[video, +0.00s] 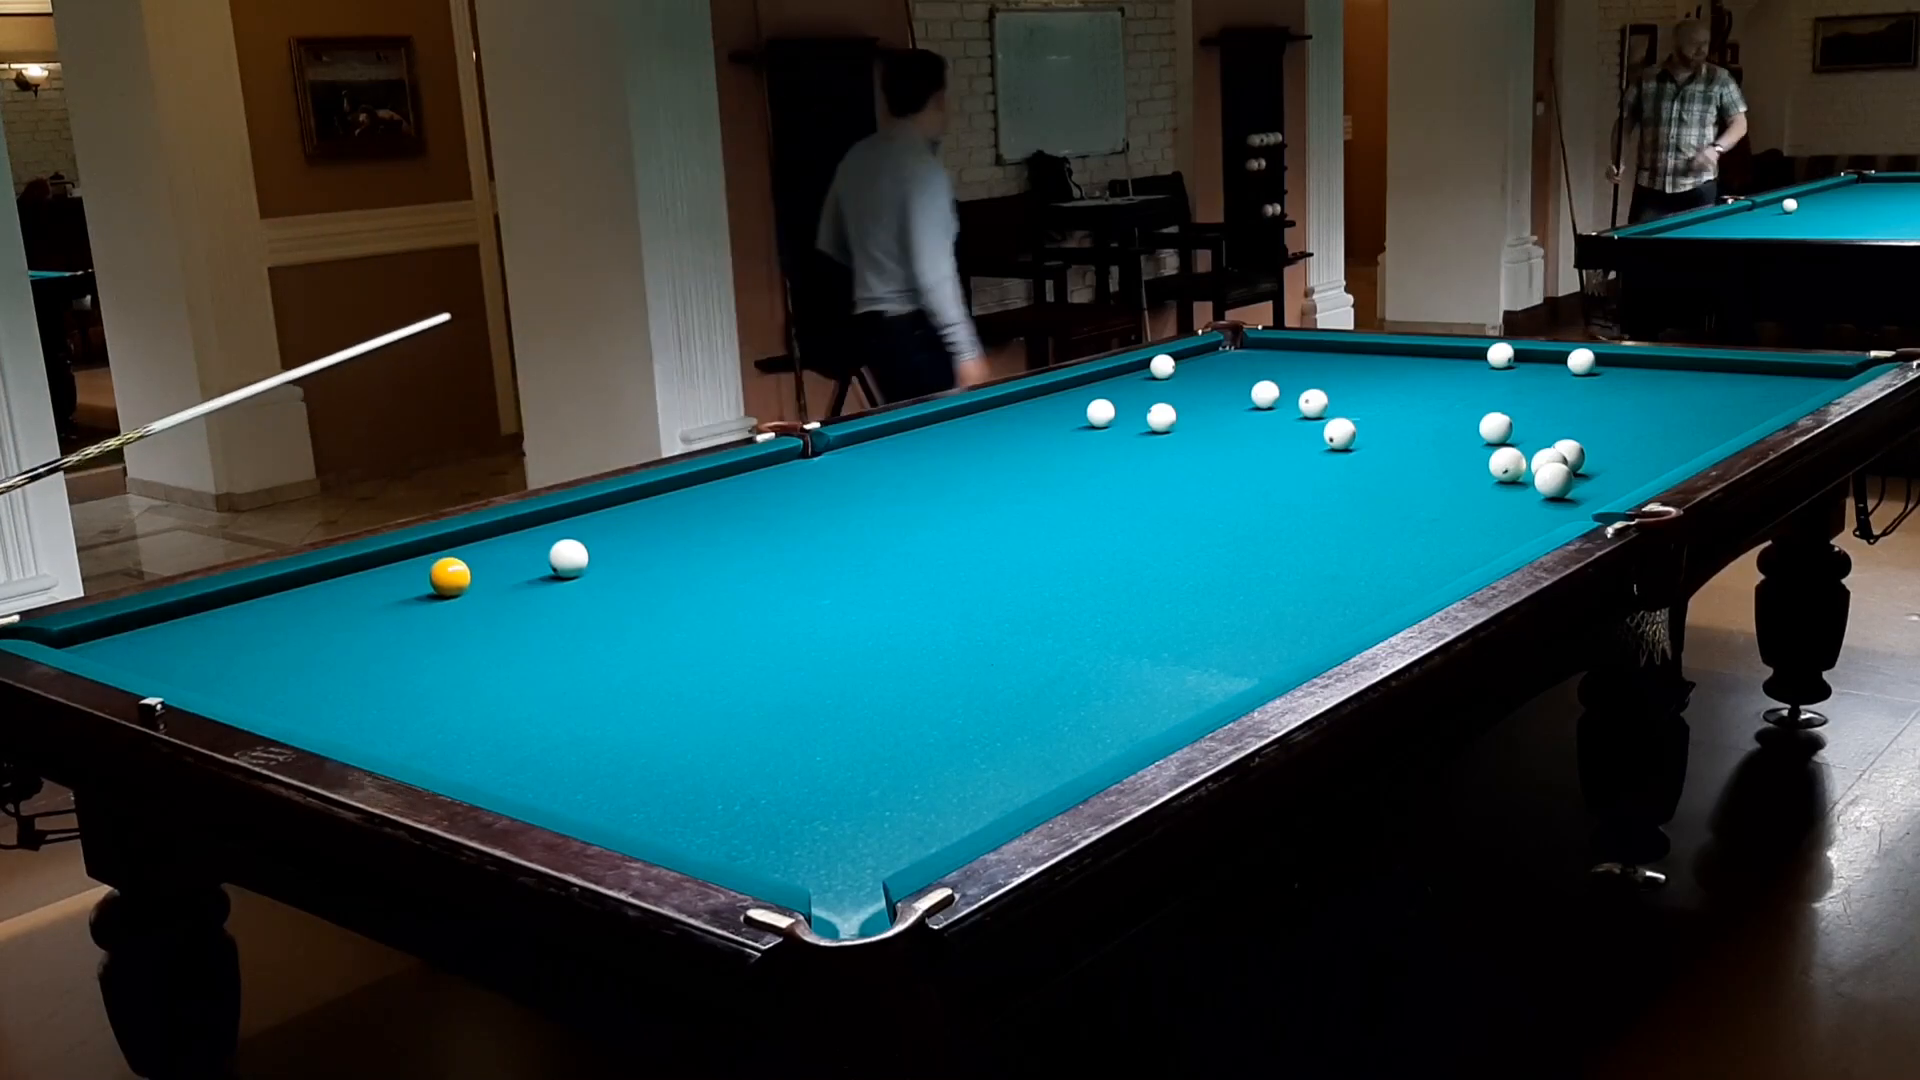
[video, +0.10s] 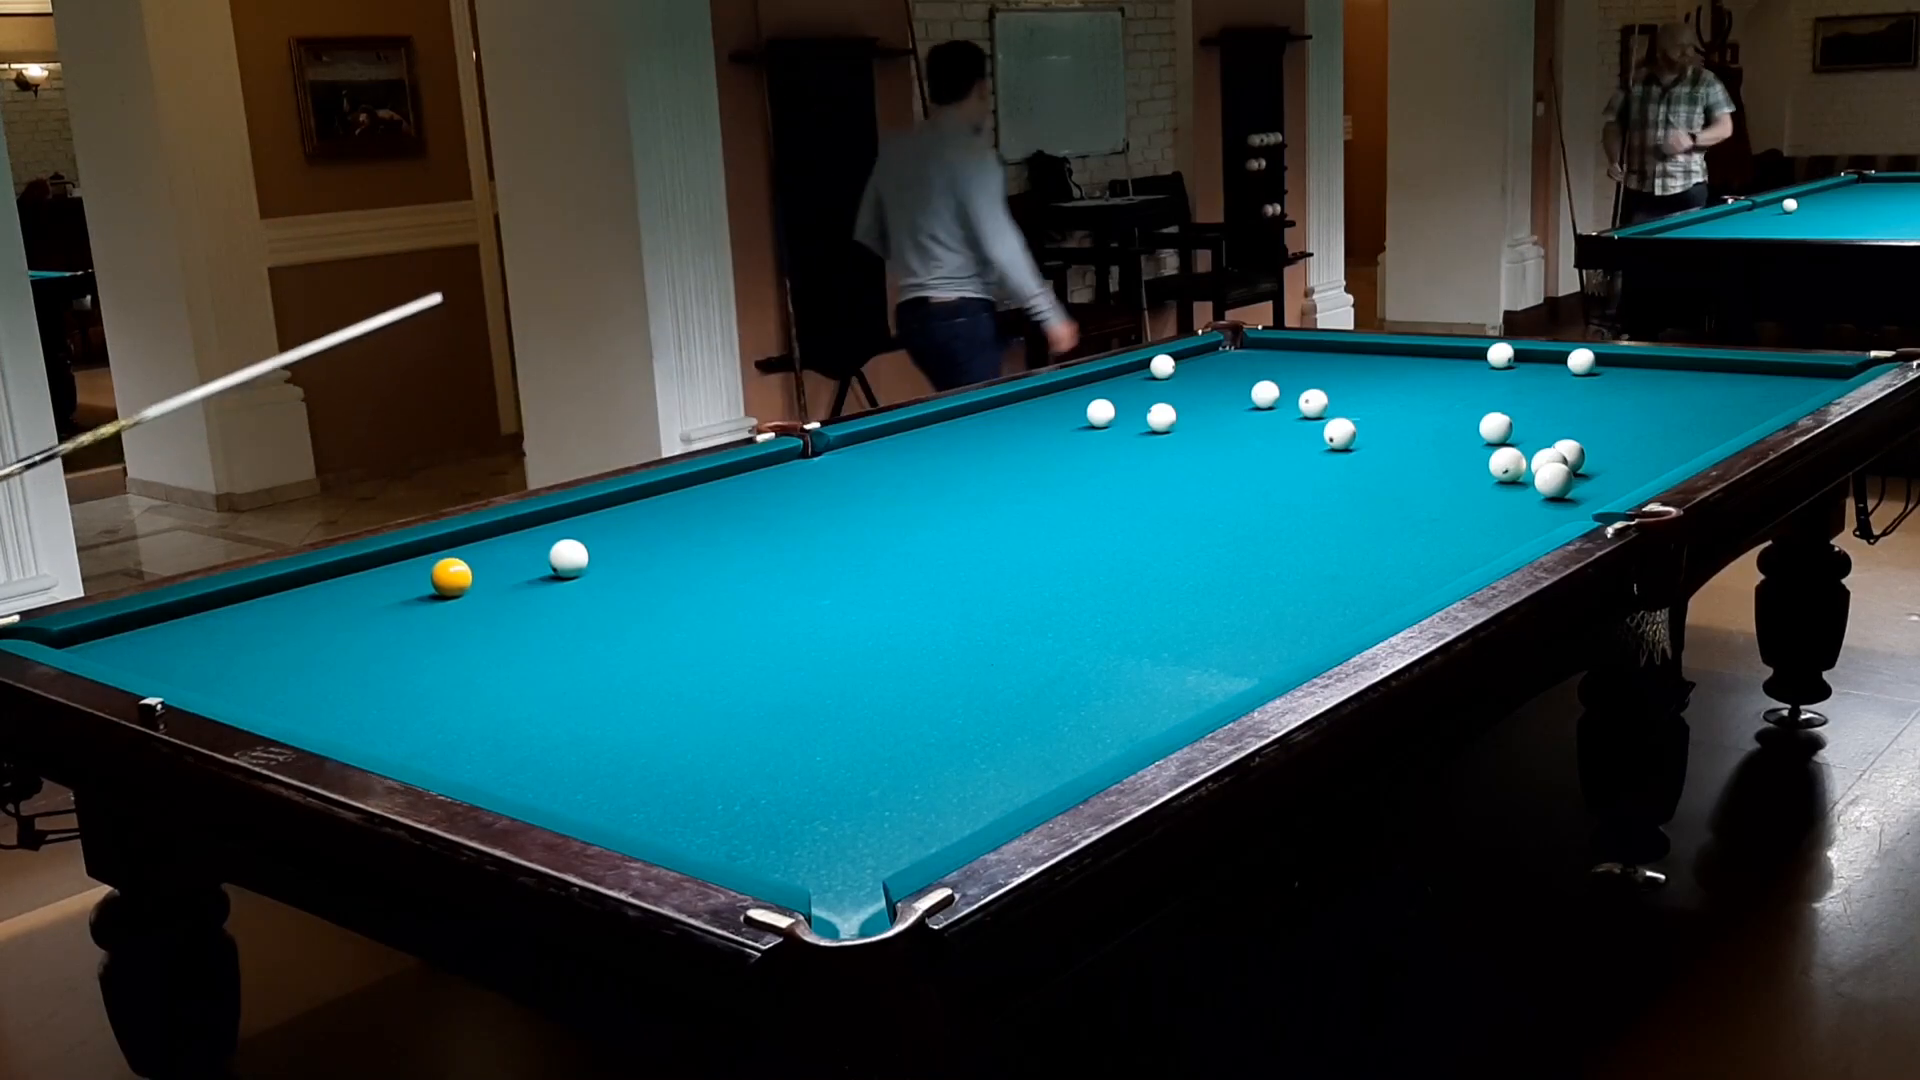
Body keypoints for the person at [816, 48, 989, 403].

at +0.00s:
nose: (947, 107)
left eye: (944, 96)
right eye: (945, 96)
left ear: (891, 97)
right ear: (935, 99)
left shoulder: (857, 160)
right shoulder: (922, 169)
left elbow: (830, 241)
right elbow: (934, 272)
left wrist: (880, 261)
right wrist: (967, 352)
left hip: (870, 326)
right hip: (915, 325)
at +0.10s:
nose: (989, 98)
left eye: (987, 88)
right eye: (987, 87)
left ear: (933, 89)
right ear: (980, 88)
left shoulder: (895, 151)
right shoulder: (969, 153)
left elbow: (867, 232)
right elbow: (1000, 244)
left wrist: (917, 258)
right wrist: (1050, 314)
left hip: (911, 315)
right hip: (962, 313)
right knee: (985, 429)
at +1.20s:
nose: (1136, 91)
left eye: (1137, 82)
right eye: (1136, 82)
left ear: (1145, 82)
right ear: (1181, 75)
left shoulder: (1146, 126)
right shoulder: (1221, 120)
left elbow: (1143, 197)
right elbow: (1220, 187)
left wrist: (1118, 244)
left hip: (1169, 265)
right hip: (1223, 257)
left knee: (1170, 359)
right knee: (1220, 353)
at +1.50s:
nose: (1137, 92)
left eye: (1138, 83)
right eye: (1136, 83)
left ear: (1149, 82)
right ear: (1177, 72)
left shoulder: (1158, 122)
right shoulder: (1217, 116)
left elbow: (1163, 190)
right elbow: (1218, 180)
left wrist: (1137, 235)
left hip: (1177, 258)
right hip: (1223, 252)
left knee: (1174, 351)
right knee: (1215, 344)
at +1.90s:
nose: (1157, 98)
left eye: (1157, 88)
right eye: (1154, 89)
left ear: (1172, 82)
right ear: (1194, 75)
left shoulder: (1194, 116)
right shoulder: (1232, 113)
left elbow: (1210, 179)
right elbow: (1236, 180)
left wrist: (1164, 225)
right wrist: (1172, 172)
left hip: (1206, 252)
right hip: (1238, 246)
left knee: (1192, 348)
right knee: (1227, 343)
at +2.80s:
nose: (1136, 98)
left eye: (1136, 89)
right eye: (1134, 90)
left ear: (1150, 83)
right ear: (1174, 74)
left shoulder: (1170, 118)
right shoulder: (1214, 112)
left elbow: (1180, 187)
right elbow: (1213, 179)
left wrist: (1143, 236)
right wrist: (1150, 182)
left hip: (1188, 254)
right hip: (1225, 246)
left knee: (1185, 351)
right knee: (1224, 343)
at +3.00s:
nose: (1130, 99)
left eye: (1130, 90)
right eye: (1128, 91)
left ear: (1144, 84)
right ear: (1168, 75)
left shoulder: (1164, 120)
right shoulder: (1210, 111)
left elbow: (1176, 188)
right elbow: (1217, 178)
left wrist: (1142, 241)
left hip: (1185, 254)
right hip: (1224, 246)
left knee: (1183, 350)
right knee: (1222, 342)